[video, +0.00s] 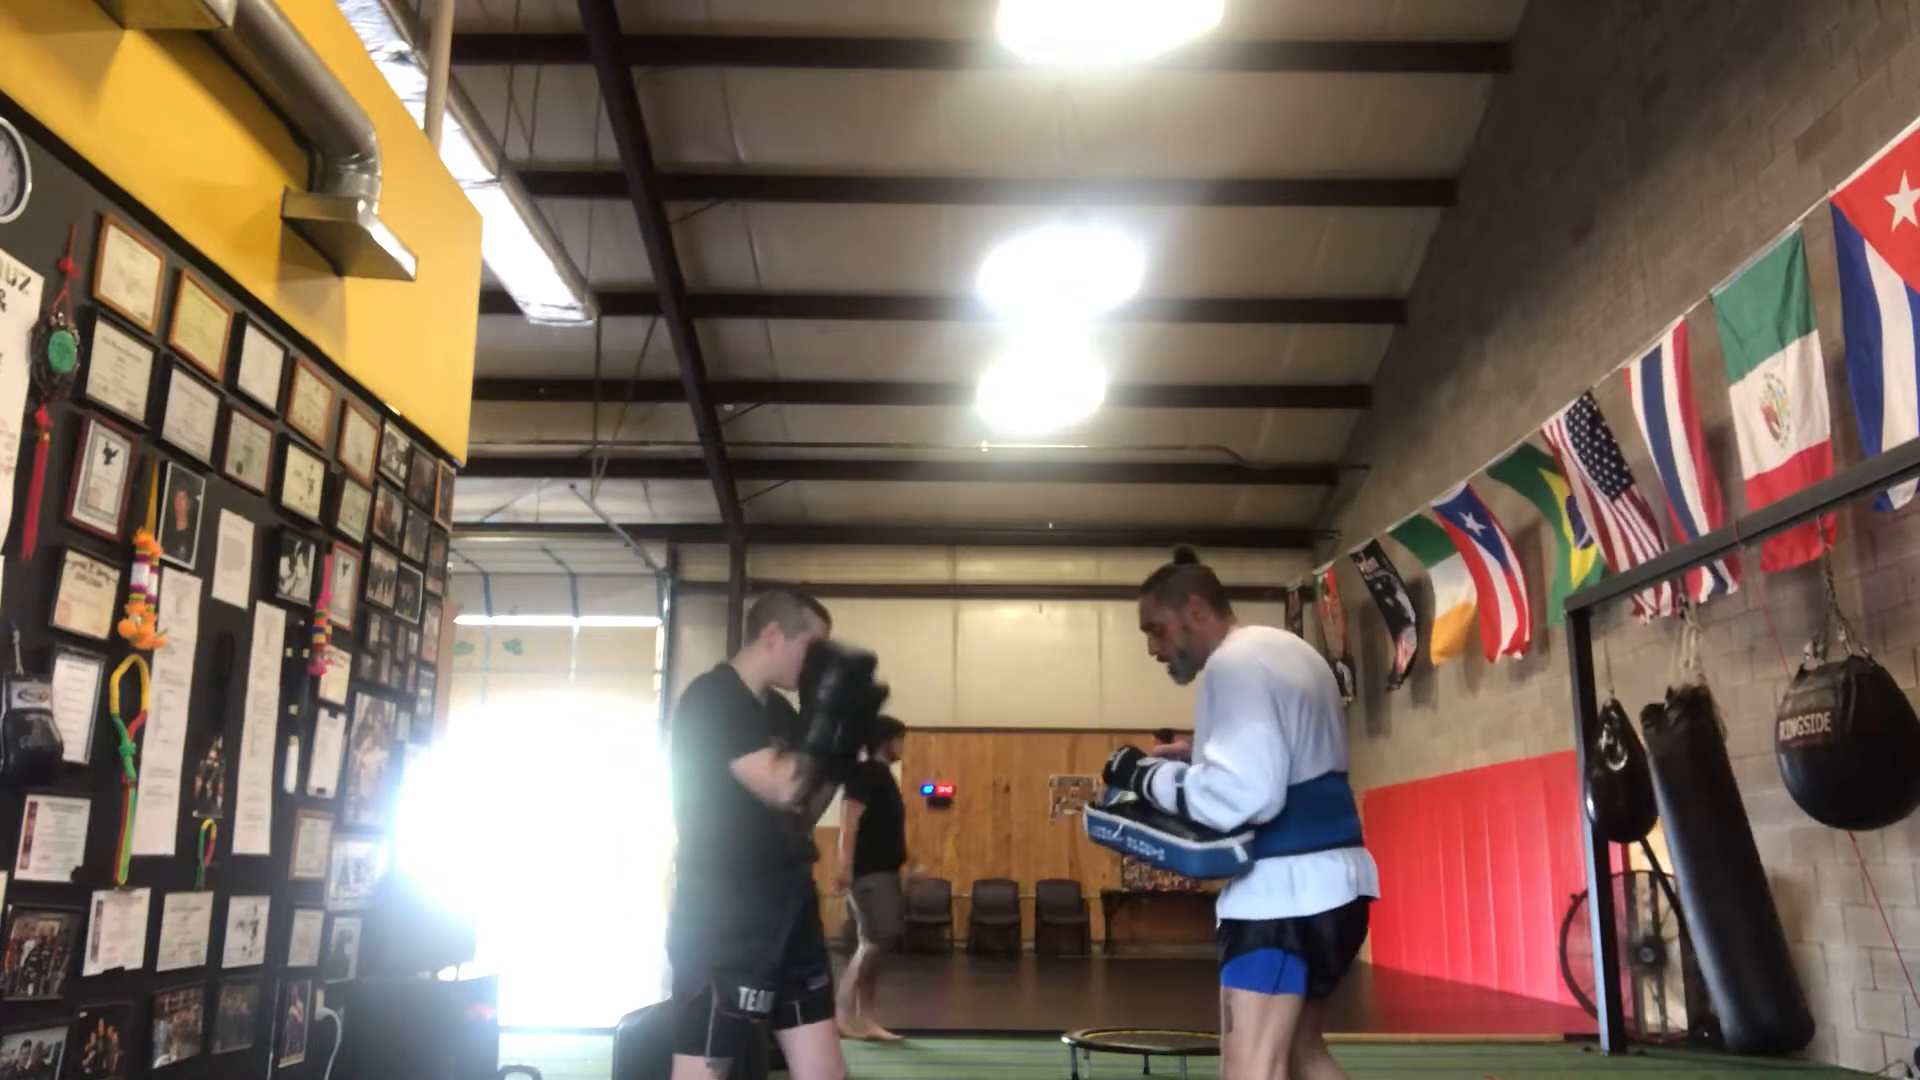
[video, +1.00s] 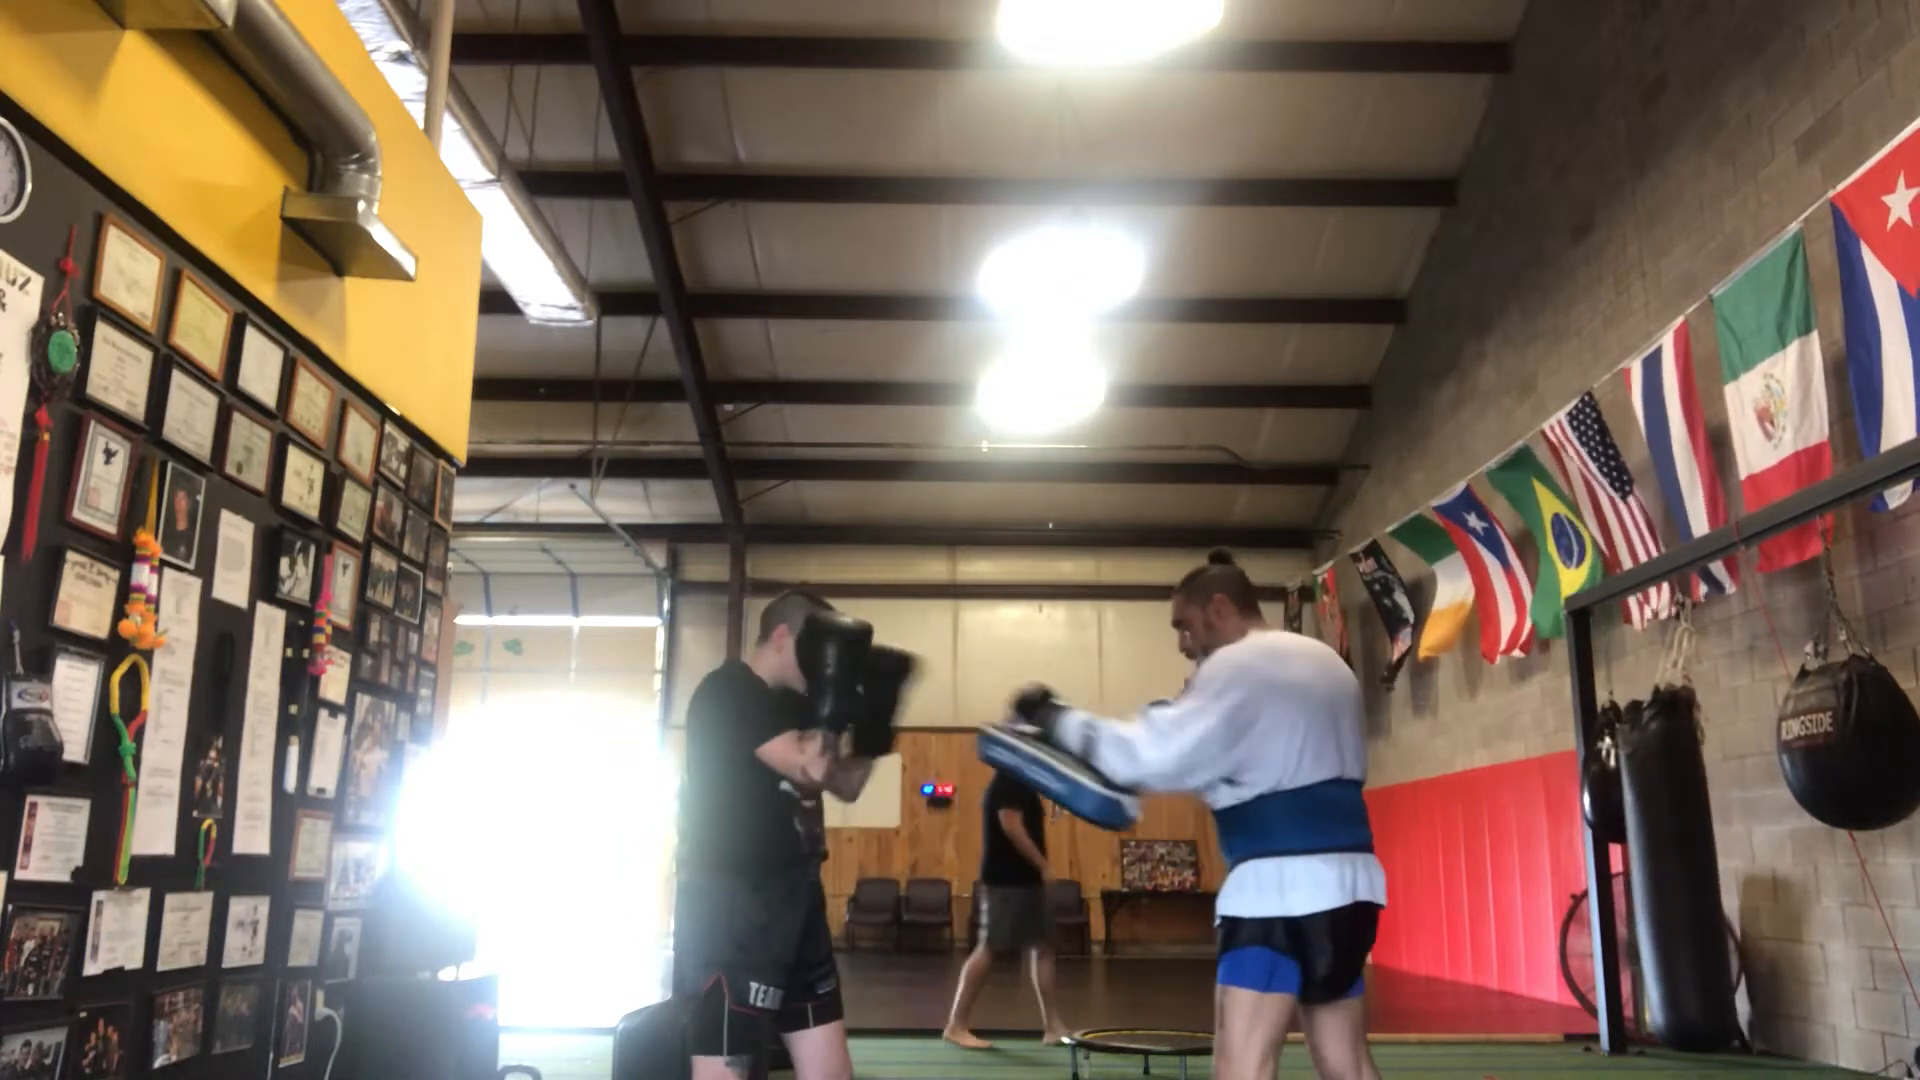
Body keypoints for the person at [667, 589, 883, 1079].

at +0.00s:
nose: (815, 663)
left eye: (819, 650)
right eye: (812, 647)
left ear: (774, 640)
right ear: (773, 636)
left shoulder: (780, 710)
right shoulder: (711, 698)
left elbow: (809, 807)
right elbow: (783, 786)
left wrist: (846, 733)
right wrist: (832, 714)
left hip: (790, 920)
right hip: (723, 923)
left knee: (822, 1069)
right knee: (699, 1071)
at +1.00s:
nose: (820, 658)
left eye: (825, 646)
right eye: (814, 644)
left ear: (786, 640)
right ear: (783, 637)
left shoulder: (795, 703)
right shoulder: (726, 691)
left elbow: (849, 786)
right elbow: (812, 768)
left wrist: (874, 706)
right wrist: (837, 691)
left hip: (796, 918)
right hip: (731, 918)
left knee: (829, 1070)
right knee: (722, 1071)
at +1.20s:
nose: (825, 656)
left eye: (831, 646)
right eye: (819, 643)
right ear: (787, 633)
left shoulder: (809, 703)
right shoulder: (727, 688)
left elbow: (897, 749)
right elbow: (800, 764)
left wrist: (942, 679)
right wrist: (824, 679)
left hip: (801, 913)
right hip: (729, 913)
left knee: (828, 1069)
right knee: (710, 1069)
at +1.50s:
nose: (823, 662)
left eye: (828, 651)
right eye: (816, 647)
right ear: (782, 636)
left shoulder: (812, 705)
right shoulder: (720, 691)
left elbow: (888, 770)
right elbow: (775, 779)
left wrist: (948, 728)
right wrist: (816, 702)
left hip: (797, 913)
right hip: (724, 915)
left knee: (824, 1070)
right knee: (715, 1070)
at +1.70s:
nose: (812, 670)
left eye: (818, 659)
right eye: (809, 655)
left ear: (775, 643)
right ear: (773, 640)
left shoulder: (783, 710)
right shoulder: (708, 694)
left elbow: (834, 797)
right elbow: (772, 780)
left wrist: (871, 721)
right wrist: (822, 703)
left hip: (786, 907)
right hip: (720, 909)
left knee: (822, 1069)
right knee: (713, 1070)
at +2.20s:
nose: (811, 656)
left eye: (817, 646)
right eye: (806, 643)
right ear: (772, 636)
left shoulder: (790, 702)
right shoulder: (711, 691)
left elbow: (881, 754)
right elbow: (780, 778)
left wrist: (949, 710)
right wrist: (815, 699)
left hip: (784, 904)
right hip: (716, 908)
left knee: (838, 1068)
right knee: (709, 1071)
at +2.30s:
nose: (824, 654)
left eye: (829, 644)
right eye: (817, 641)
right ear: (782, 636)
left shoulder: (810, 698)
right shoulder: (725, 686)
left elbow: (907, 744)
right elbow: (790, 771)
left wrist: (973, 697)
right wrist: (826, 692)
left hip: (795, 900)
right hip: (725, 904)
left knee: (883, 1044)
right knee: (709, 1070)